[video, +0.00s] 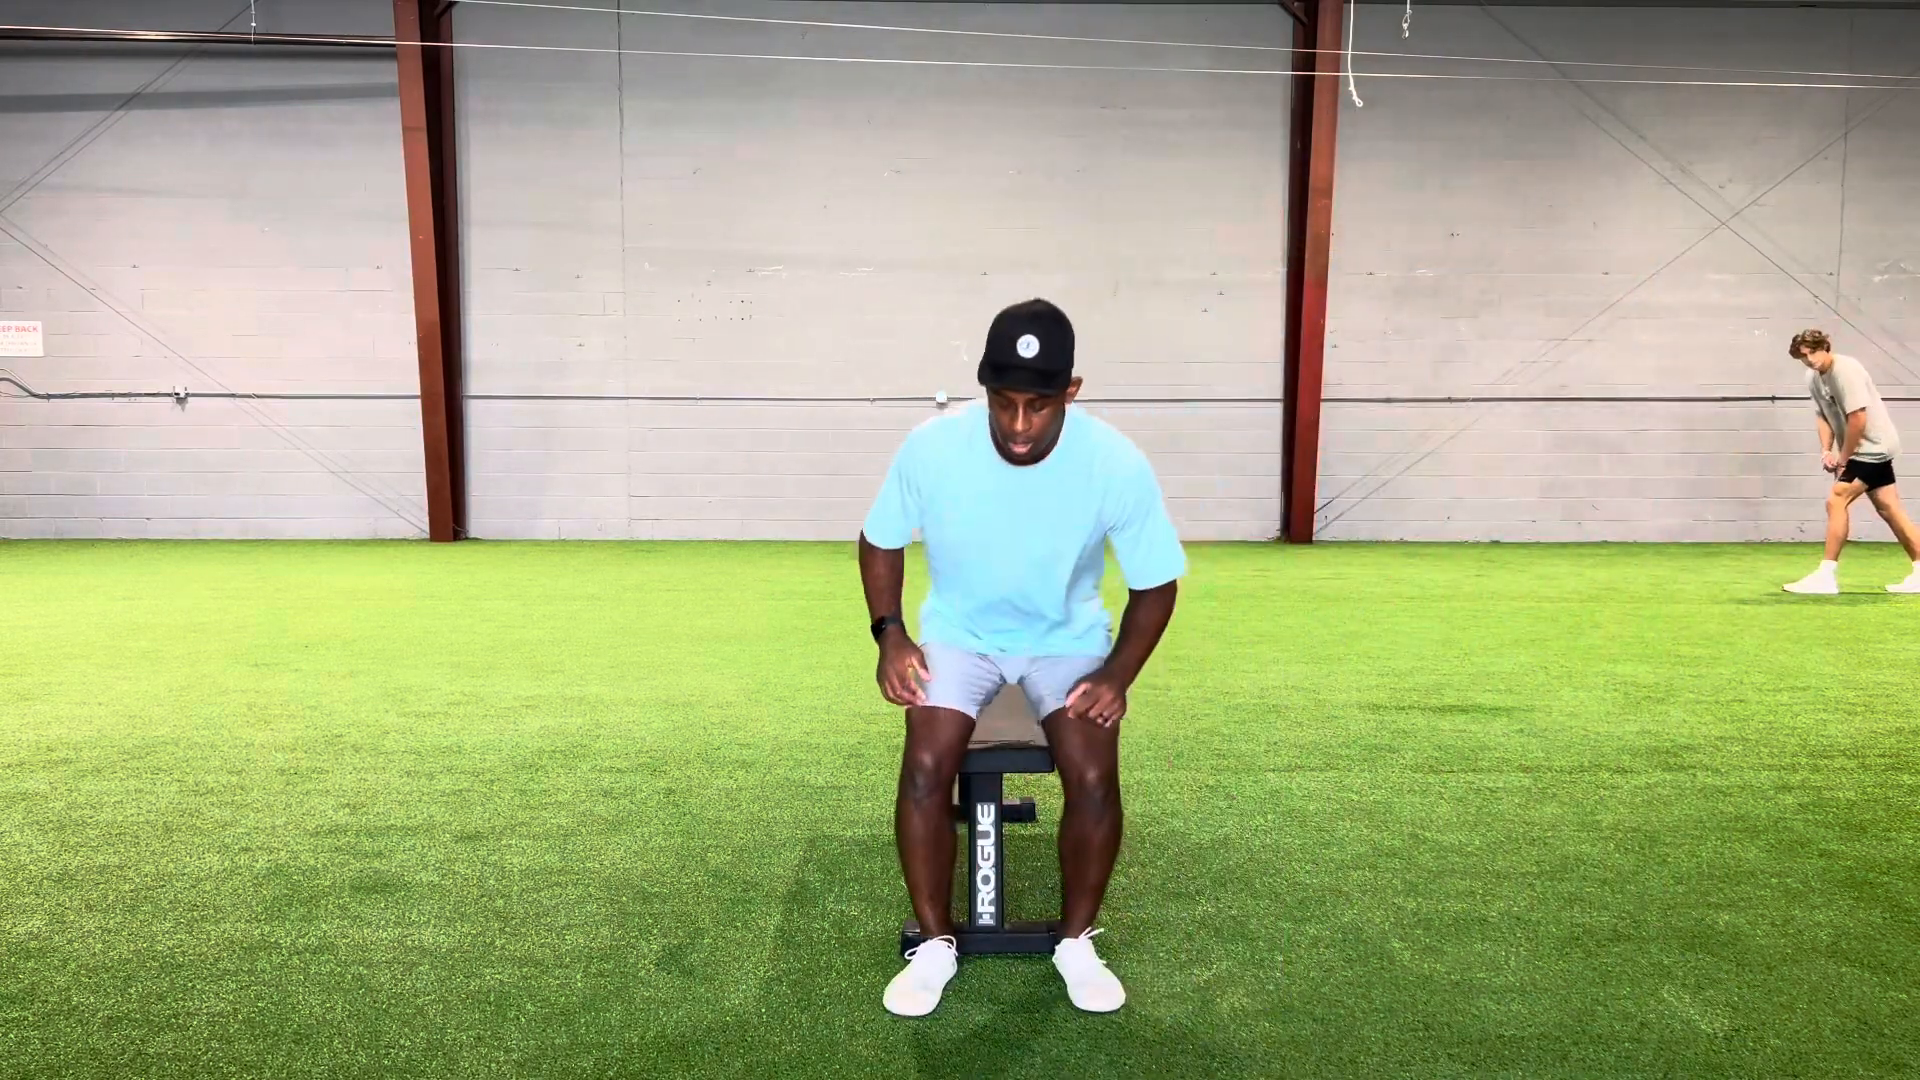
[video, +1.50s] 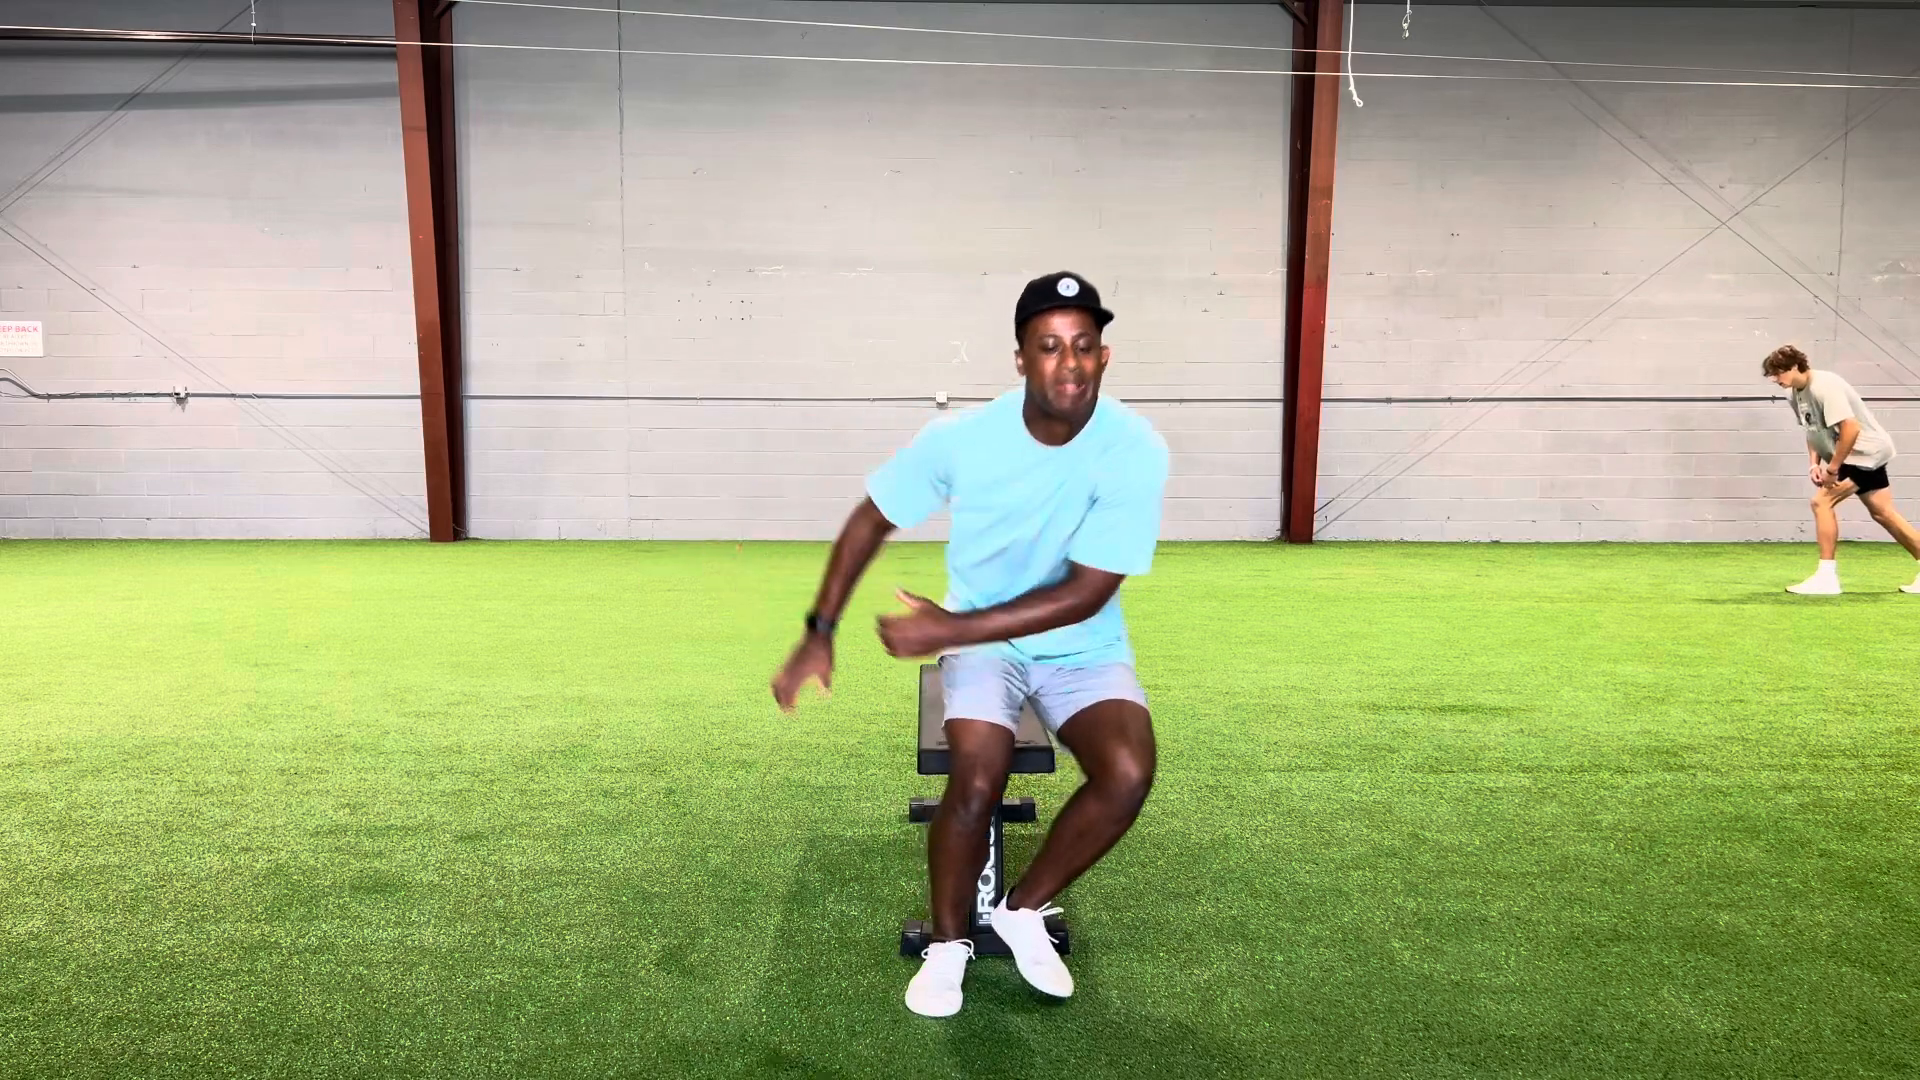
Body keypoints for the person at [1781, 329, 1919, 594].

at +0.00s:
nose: (1808, 361)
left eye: (1811, 354)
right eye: (1803, 358)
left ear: (1825, 347)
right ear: (1801, 358)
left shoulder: (1845, 370)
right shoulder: (1816, 378)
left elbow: (1858, 418)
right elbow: (1823, 416)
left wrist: (1843, 457)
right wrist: (1826, 449)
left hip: (1875, 448)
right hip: (1866, 449)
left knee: (1837, 501)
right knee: (1889, 509)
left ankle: (1826, 574)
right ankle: (1919, 567)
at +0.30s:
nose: (1785, 377)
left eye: (1787, 370)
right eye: (1782, 373)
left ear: (1802, 362)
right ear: (1784, 370)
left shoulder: (1828, 380)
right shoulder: (1801, 388)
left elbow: (1846, 426)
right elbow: (1813, 428)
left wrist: (1836, 464)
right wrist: (1821, 460)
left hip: (1870, 451)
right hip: (1864, 451)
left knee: (1832, 502)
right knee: (1884, 509)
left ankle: (1825, 575)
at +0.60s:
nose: (1802, 368)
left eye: (1803, 361)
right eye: (1798, 363)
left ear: (1820, 353)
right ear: (1812, 358)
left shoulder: (1848, 374)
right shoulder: (1821, 379)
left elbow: (1859, 423)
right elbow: (1829, 422)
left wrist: (1843, 462)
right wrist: (1829, 456)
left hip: (1875, 453)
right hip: (1871, 453)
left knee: (1835, 502)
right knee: (1890, 511)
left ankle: (1825, 575)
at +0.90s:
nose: (1814, 358)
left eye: (1817, 351)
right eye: (1813, 353)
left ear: (1835, 346)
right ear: (1829, 350)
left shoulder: (1867, 370)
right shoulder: (1832, 375)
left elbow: (1891, 413)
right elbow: (1839, 415)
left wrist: (1862, 453)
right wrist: (1831, 447)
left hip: (1879, 457)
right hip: (1869, 458)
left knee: (1831, 499)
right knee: (1895, 513)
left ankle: (1829, 574)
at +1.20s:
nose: (1787, 369)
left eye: (1790, 362)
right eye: (1785, 364)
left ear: (1807, 358)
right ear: (1801, 361)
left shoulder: (1835, 378)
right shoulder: (1806, 388)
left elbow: (1862, 421)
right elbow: (1819, 423)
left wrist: (1843, 462)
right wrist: (1822, 454)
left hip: (1872, 454)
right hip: (1865, 454)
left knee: (1831, 502)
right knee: (1890, 511)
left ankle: (1828, 577)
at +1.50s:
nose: (1777, 381)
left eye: (1779, 374)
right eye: (1774, 376)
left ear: (1795, 367)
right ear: (1790, 371)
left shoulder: (1825, 385)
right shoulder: (1798, 394)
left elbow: (1850, 428)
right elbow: (1812, 430)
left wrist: (1831, 469)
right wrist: (1814, 462)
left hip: (1868, 454)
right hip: (1863, 455)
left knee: (1821, 503)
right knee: (1884, 513)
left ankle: (1826, 576)